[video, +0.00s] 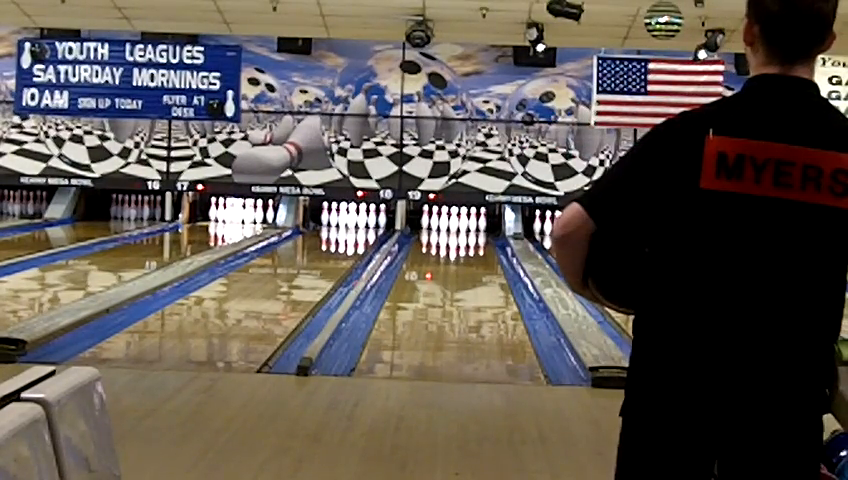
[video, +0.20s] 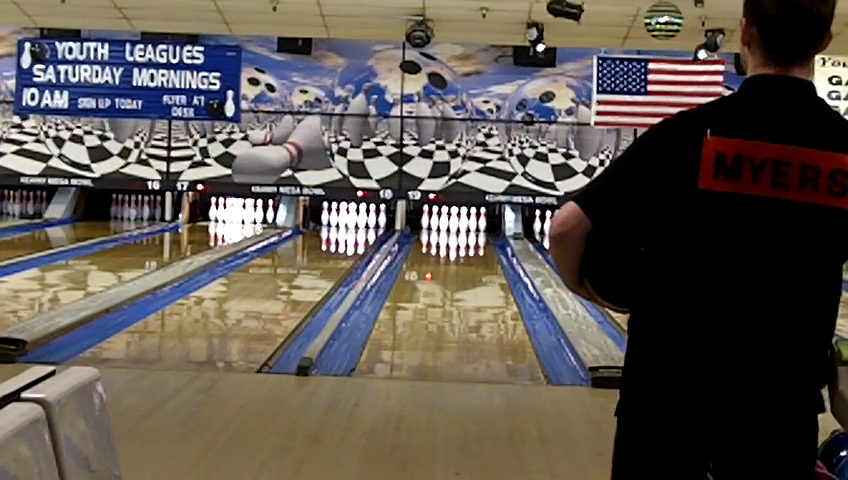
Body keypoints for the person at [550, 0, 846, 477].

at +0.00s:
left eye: (744, 23)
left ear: (749, 33)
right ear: (829, 42)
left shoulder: (687, 133)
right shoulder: (844, 146)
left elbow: (569, 232)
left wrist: (620, 296)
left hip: (675, 392)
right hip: (793, 399)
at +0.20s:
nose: (740, 35)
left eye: (740, 25)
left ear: (746, 34)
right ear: (826, 41)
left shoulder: (684, 133)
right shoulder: (844, 148)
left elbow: (566, 229)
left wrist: (595, 289)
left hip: (670, 388)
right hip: (787, 396)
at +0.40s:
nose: (738, 36)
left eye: (738, 26)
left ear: (745, 33)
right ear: (825, 42)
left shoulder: (682, 132)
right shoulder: (843, 149)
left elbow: (565, 228)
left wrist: (590, 287)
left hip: (668, 388)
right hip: (786, 396)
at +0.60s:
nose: (738, 36)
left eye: (738, 25)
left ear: (745, 34)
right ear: (826, 42)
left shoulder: (681, 133)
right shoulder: (843, 150)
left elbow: (564, 229)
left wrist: (596, 288)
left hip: (666, 391)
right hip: (784, 398)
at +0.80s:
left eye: (739, 26)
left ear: (745, 35)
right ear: (826, 44)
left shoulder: (681, 133)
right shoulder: (843, 151)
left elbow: (563, 229)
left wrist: (601, 289)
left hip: (666, 394)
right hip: (784, 401)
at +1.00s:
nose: (739, 36)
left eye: (739, 26)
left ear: (745, 35)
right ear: (826, 44)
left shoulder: (680, 133)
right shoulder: (843, 152)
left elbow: (564, 230)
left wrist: (605, 289)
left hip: (664, 398)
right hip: (783, 405)